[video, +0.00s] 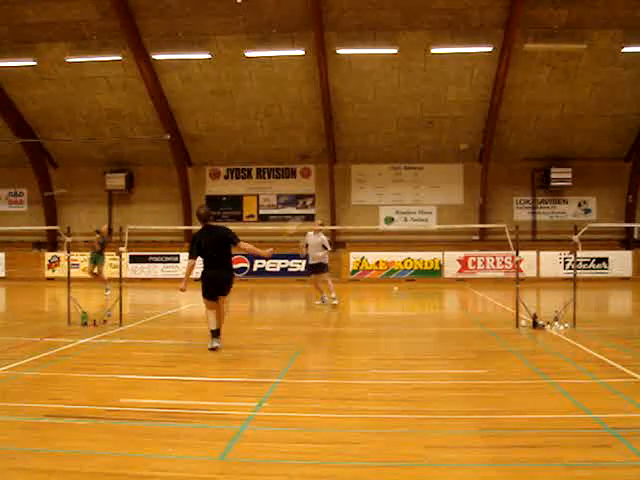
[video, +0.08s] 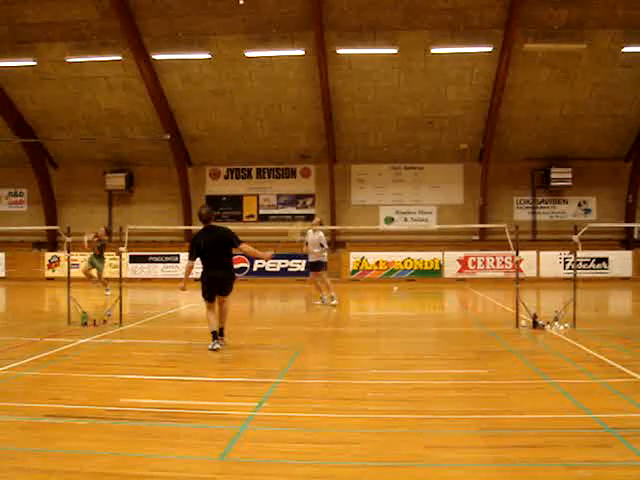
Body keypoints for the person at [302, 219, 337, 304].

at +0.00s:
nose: (316, 227)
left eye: (318, 225)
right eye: (315, 225)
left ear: (321, 227)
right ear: (313, 226)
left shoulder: (322, 238)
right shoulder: (309, 235)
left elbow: (329, 249)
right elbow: (305, 244)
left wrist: (321, 254)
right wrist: (304, 252)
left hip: (322, 261)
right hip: (312, 261)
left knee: (326, 278)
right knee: (314, 281)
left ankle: (333, 296)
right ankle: (322, 296)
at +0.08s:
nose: (313, 224)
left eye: (316, 223)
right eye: (313, 222)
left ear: (319, 225)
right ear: (312, 223)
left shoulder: (320, 234)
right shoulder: (309, 232)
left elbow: (325, 247)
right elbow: (306, 242)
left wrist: (315, 251)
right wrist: (306, 248)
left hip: (320, 259)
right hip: (311, 259)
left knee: (324, 277)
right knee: (314, 279)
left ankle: (332, 295)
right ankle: (323, 296)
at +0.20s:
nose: (310, 223)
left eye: (312, 221)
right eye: (311, 221)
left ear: (316, 223)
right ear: (311, 223)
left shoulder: (317, 233)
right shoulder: (310, 232)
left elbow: (316, 244)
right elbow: (310, 242)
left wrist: (305, 246)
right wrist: (302, 243)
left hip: (320, 258)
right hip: (312, 257)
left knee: (318, 276)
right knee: (307, 275)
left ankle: (329, 292)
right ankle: (318, 292)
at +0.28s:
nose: (309, 223)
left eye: (312, 222)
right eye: (310, 221)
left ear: (315, 224)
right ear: (312, 223)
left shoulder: (316, 233)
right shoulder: (311, 233)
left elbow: (314, 244)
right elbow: (310, 245)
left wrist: (302, 243)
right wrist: (303, 248)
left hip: (319, 259)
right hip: (312, 258)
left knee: (318, 277)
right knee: (307, 275)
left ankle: (329, 294)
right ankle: (316, 293)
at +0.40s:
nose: (309, 227)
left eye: (310, 225)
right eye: (309, 225)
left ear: (311, 226)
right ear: (309, 226)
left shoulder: (313, 234)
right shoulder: (309, 235)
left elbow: (309, 240)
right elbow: (310, 247)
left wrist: (297, 234)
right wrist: (301, 248)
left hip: (316, 261)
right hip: (309, 261)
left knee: (316, 278)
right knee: (303, 276)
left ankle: (329, 294)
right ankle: (306, 292)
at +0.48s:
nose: (303, 226)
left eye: (305, 225)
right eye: (304, 225)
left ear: (308, 227)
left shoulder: (309, 235)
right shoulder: (304, 238)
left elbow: (306, 238)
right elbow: (302, 245)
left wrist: (296, 230)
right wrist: (295, 246)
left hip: (311, 261)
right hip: (305, 261)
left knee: (314, 277)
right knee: (302, 277)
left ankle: (328, 294)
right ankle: (303, 292)